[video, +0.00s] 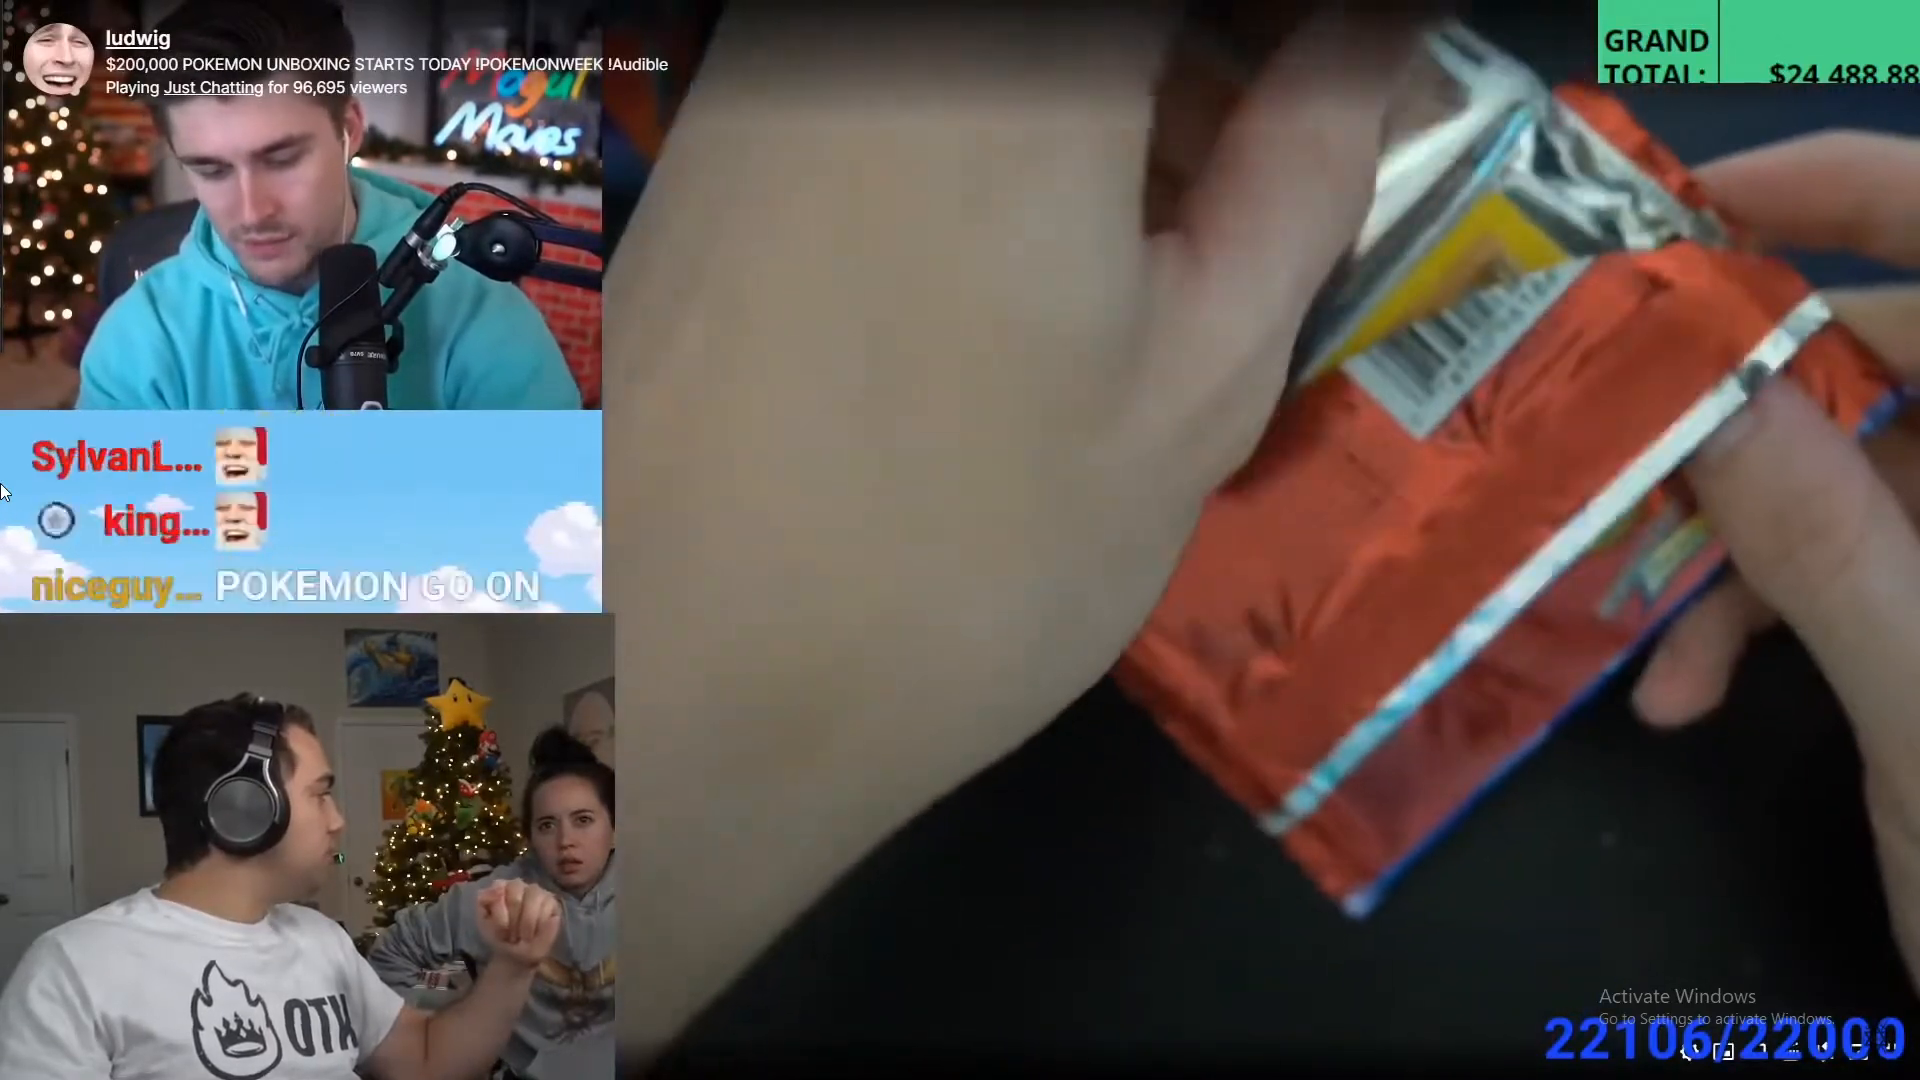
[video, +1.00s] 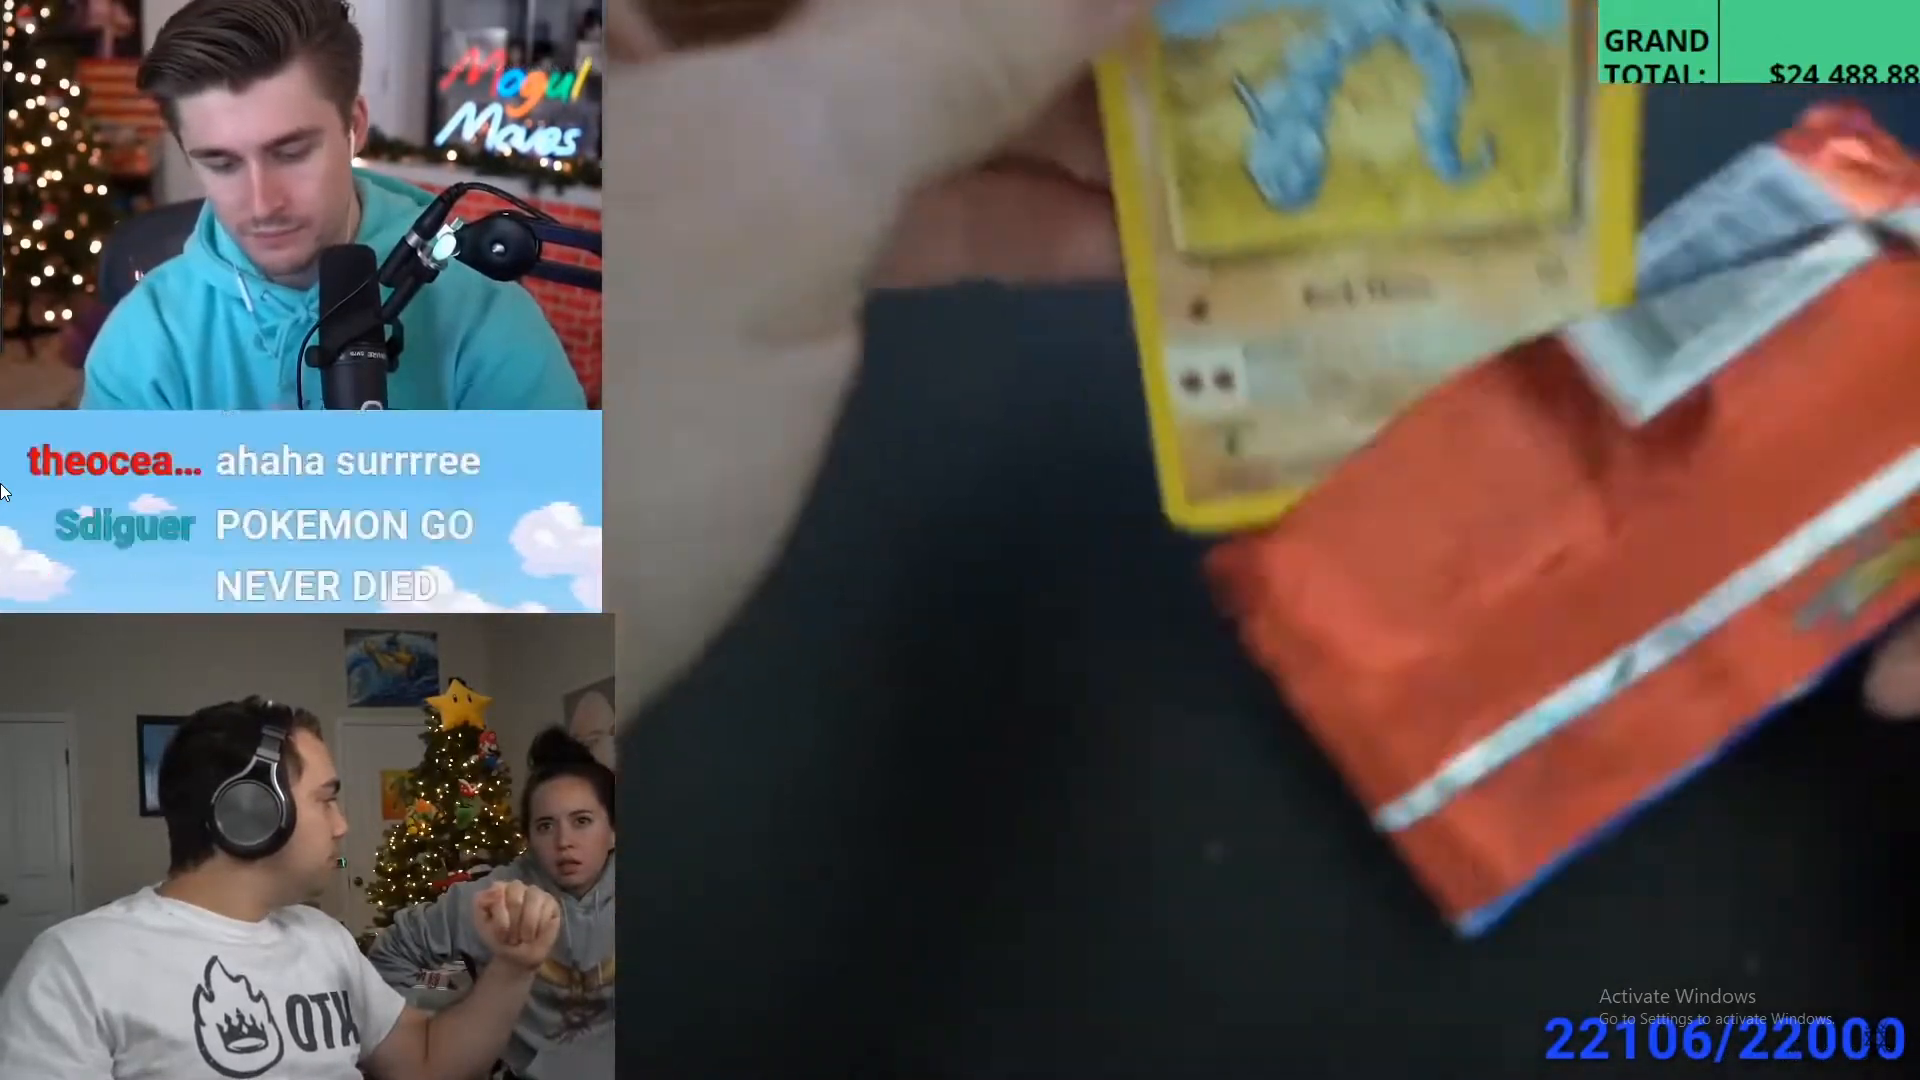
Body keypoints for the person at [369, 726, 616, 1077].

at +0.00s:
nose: (566, 841)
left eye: (583, 821)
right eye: (547, 825)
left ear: (614, 828)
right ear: (530, 837)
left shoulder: (643, 891)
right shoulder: (492, 899)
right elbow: (391, 953)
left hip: (626, 1067)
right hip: (536, 1072)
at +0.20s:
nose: (565, 842)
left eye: (583, 821)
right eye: (546, 826)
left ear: (614, 830)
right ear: (529, 838)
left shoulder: (643, 891)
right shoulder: (494, 898)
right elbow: (388, 957)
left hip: (627, 1067)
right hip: (535, 1072)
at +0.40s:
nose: (565, 842)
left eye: (583, 821)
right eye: (546, 826)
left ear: (613, 830)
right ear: (529, 838)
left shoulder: (644, 891)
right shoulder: (493, 898)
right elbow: (389, 955)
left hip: (630, 1068)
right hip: (538, 1073)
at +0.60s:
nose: (564, 842)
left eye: (582, 821)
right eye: (546, 826)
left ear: (613, 831)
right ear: (528, 838)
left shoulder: (643, 891)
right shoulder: (491, 899)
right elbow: (388, 957)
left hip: (624, 1068)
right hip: (536, 1073)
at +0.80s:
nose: (564, 842)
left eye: (582, 822)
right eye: (546, 826)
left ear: (612, 832)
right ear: (528, 838)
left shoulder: (643, 891)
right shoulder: (491, 898)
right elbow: (389, 955)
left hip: (624, 1068)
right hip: (537, 1073)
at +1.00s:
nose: (564, 842)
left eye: (582, 822)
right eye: (545, 826)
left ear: (612, 832)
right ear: (528, 838)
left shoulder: (641, 890)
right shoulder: (490, 898)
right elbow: (389, 955)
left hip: (625, 1067)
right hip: (538, 1073)